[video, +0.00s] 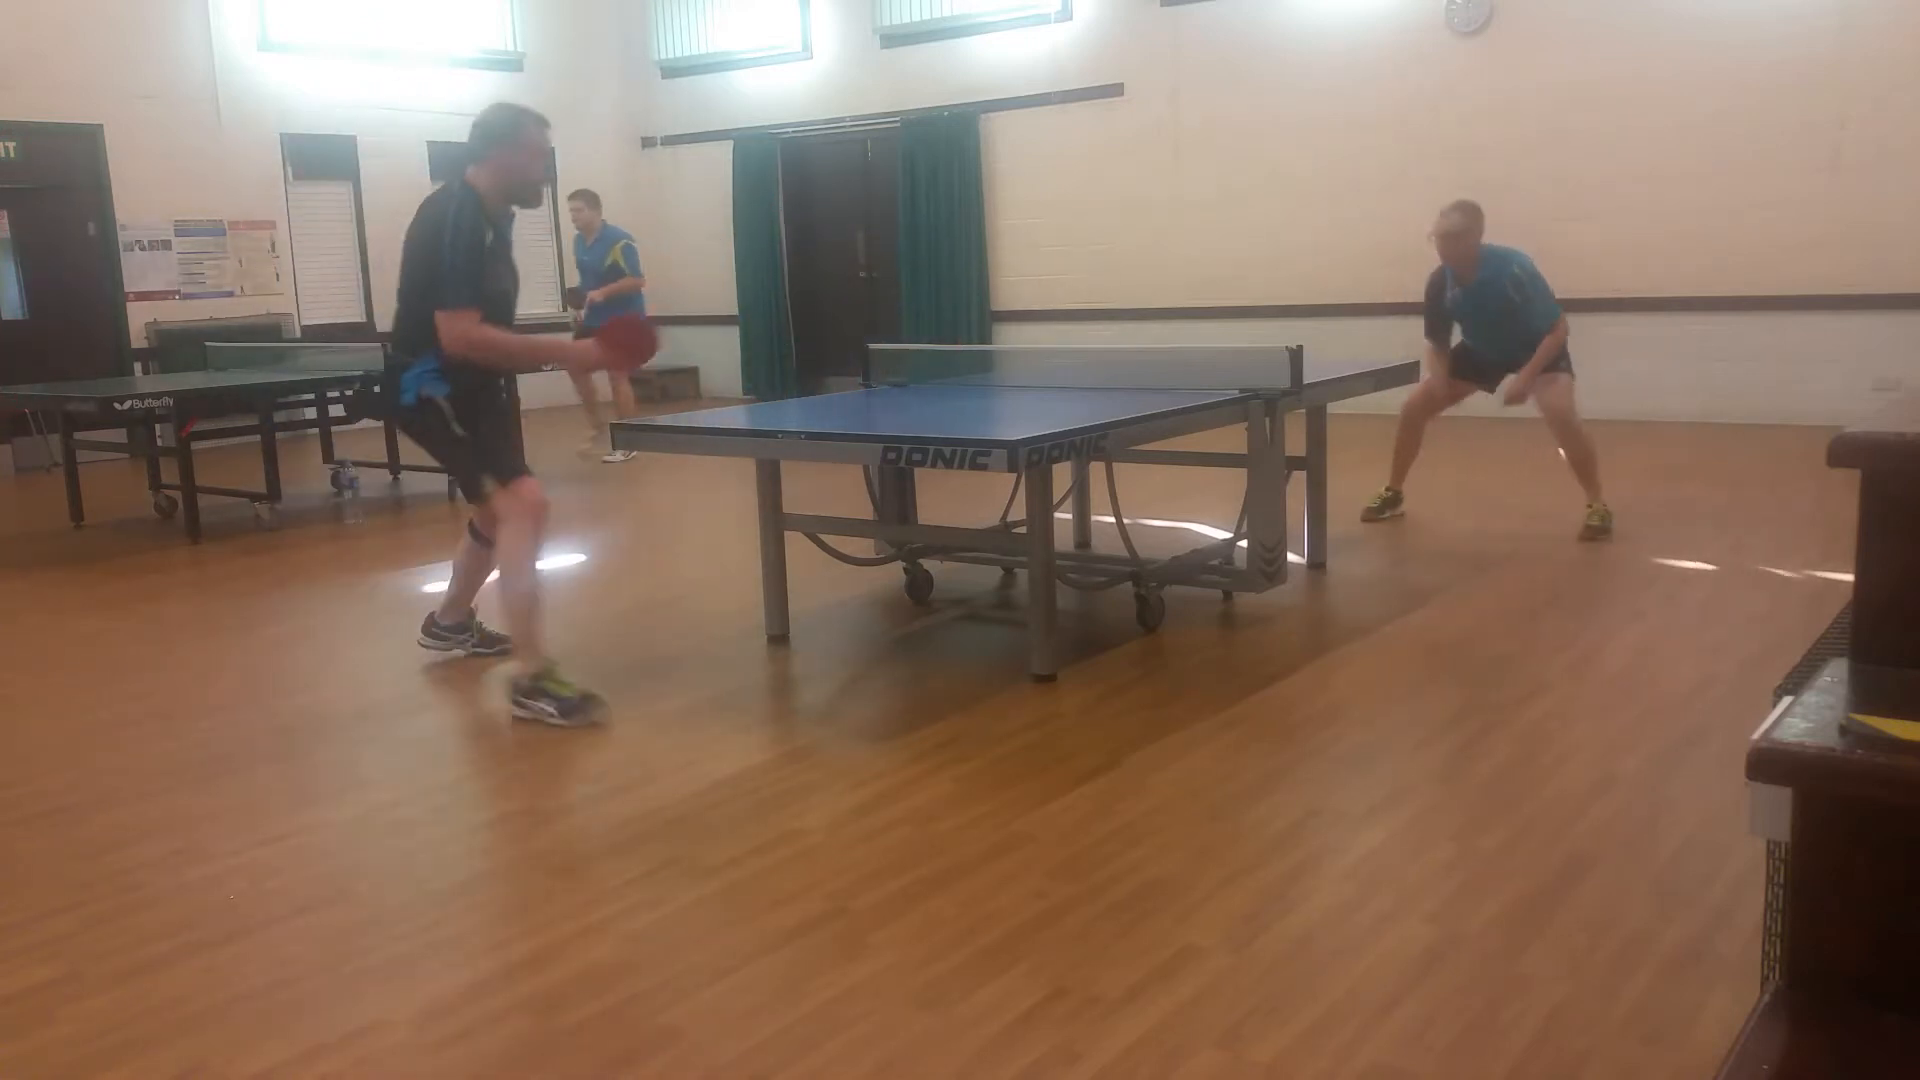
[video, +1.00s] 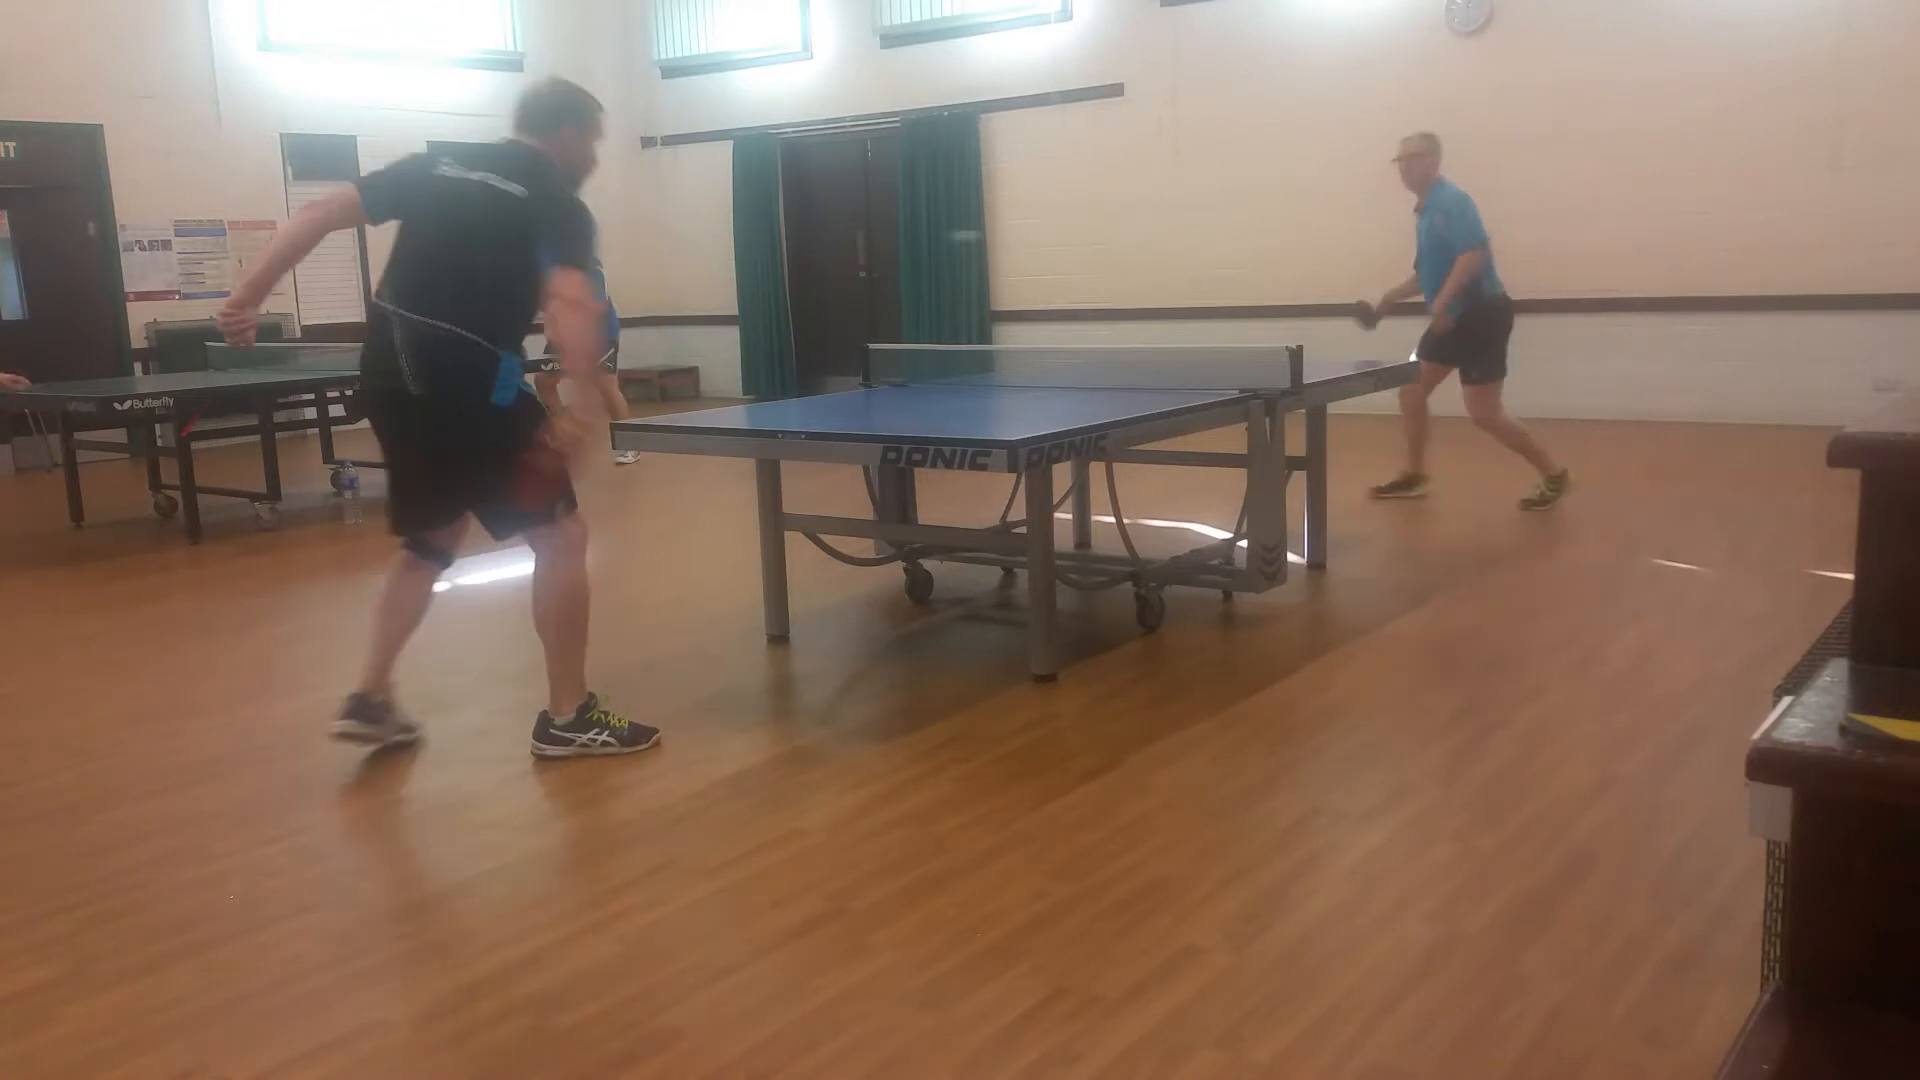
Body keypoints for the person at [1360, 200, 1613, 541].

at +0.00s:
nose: (1439, 246)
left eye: (1448, 238)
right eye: (1437, 238)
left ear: (1472, 240)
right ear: (1434, 239)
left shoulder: (1515, 268)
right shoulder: (1440, 284)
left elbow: (1558, 330)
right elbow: (1437, 342)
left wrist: (1525, 378)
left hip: (1537, 351)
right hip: (1482, 354)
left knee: (1559, 414)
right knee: (1415, 406)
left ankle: (1596, 504)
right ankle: (1393, 492)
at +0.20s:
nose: (1457, 231)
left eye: (1465, 225)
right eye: (1456, 223)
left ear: (1490, 224)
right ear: (1455, 221)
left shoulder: (1521, 257)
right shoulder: (1450, 256)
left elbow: (1581, 303)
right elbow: (1407, 288)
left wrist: (1580, 355)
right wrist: (1408, 308)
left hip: (1540, 352)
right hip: (1488, 353)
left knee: (1554, 419)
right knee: (1415, 408)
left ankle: (1596, 506)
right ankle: (1391, 492)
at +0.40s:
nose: (1460, 193)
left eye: (1470, 185)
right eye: (1458, 185)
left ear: (1493, 188)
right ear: (1455, 186)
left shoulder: (1517, 231)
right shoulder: (1473, 229)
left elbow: (1568, 283)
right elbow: (1488, 275)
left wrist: (1566, 337)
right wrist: (1454, 282)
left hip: (1541, 344)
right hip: (1496, 341)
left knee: (1547, 421)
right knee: (1432, 400)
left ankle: (1595, 507)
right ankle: (1404, 482)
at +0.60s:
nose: (1450, 177)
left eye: (1459, 170)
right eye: (1447, 170)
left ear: (1481, 173)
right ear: (1447, 174)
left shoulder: (1504, 215)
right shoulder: (1465, 221)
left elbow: (1545, 269)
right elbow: (1471, 282)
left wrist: (1524, 316)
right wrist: (1434, 309)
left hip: (1532, 329)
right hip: (1490, 334)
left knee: (1543, 415)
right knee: (1448, 409)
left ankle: (1593, 504)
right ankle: (1477, 481)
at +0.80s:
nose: (1427, 158)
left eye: (1435, 151)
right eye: (1425, 151)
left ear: (1457, 152)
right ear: (1427, 155)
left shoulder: (1478, 193)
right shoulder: (1440, 206)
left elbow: (1514, 244)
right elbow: (1426, 266)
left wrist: (1494, 291)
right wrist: (1390, 285)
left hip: (1504, 309)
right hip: (1467, 315)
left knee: (1500, 402)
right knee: (1447, 401)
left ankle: (1570, 475)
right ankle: (1476, 479)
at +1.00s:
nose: (1403, 168)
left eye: (1411, 160)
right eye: (1401, 161)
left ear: (1432, 162)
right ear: (1403, 165)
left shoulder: (1453, 201)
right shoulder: (1428, 208)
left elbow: (1473, 256)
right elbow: (1427, 272)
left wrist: (1440, 306)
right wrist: (1388, 298)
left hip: (1484, 312)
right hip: (1454, 315)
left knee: (1484, 412)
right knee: (1412, 389)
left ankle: (1554, 475)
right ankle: (1414, 474)